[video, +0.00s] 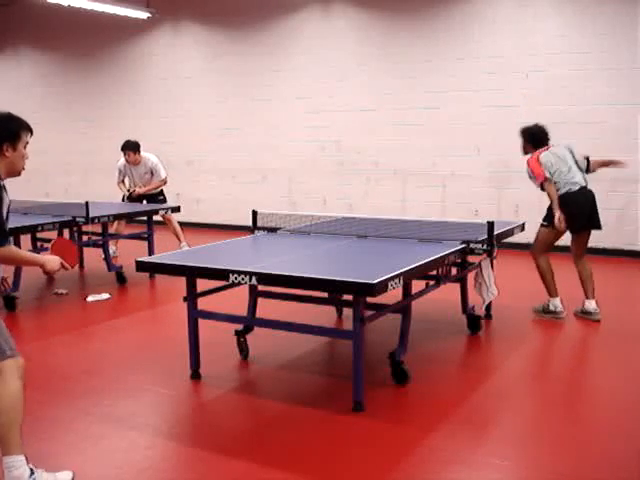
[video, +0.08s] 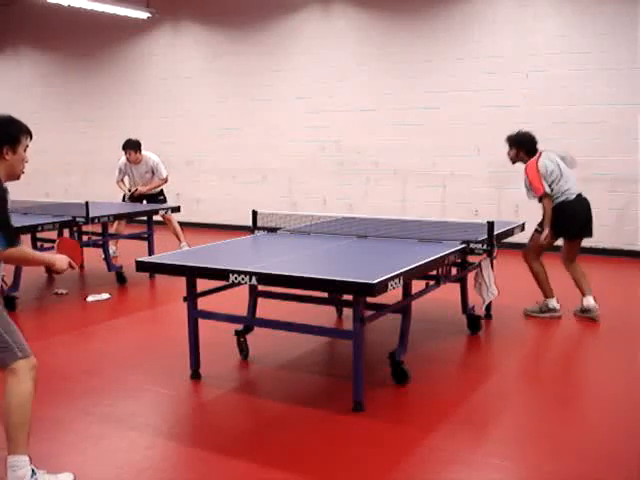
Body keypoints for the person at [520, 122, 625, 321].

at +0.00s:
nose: (522, 146)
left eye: (523, 142)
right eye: (522, 142)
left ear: (530, 143)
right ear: (544, 141)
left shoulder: (534, 160)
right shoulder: (564, 150)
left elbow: (548, 183)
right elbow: (588, 166)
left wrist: (556, 211)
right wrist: (609, 162)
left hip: (565, 202)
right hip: (587, 198)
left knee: (538, 251)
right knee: (579, 255)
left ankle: (554, 303)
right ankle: (591, 303)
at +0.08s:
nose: (508, 154)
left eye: (510, 150)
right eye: (509, 149)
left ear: (521, 151)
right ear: (529, 148)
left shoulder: (531, 168)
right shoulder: (548, 155)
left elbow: (546, 199)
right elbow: (571, 162)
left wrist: (546, 228)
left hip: (561, 211)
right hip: (581, 205)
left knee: (530, 254)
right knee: (570, 259)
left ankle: (550, 302)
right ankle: (589, 301)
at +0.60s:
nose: (489, 156)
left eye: (493, 152)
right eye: (486, 152)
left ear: (503, 152)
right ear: (484, 153)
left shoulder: (516, 171)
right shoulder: (484, 174)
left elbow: (532, 195)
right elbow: (473, 193)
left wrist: (528, 220)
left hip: (523, 212)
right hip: (501, 212)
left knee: (518, 251)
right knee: (484, 245)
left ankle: (550, 290)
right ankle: (480, 278)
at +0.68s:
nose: (487, 150)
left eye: (491, 146)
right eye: (484, 147)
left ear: (500, 147)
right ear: (481, 148)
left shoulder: (515, 168)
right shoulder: (481, 172)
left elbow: (528, 193)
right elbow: (482, 200)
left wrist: (525, 216)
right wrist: (476, 223)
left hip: (518, 212)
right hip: (495, 213)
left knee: (520, 248)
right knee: (481, 246)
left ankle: (552, 283)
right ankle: (479, 276)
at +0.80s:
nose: (491, 141)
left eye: (495, 137)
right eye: (488, 137)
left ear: (505, 138)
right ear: (486, 139)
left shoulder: (520, 159)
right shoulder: (485, 166)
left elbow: (532, 182)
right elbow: (485, 191)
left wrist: (526, 203)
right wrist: (484, 208)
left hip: (522, 206)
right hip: (499, 209)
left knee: (532, 247)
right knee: (486, 246)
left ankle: (553, 282)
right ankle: (478, 277)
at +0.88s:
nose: (495, 135)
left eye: (499, 131)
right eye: (493, 131)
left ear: (509, 132)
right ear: (490, 133)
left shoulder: (524, 153)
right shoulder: (490, 160)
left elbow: (537, 176)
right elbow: (488, 185)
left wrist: (527, 196)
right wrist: (484, 202)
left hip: (527, 202)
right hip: (503, 203)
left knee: (538, 245)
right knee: (490, 243)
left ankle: (552, 283)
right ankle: (479, 276)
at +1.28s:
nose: (508, 143)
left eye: (512, 138)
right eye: (506, 140)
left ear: (522, 140)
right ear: (506, 142)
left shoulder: (531, 157)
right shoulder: (519, 164)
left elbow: (533, 186)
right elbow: (531, 193)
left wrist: (504, 200)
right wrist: (525, 217)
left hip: (557, 209)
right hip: (537, 213)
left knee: (569, 255)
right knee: (512, 246)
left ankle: (601, 298)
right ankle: (521, 285)